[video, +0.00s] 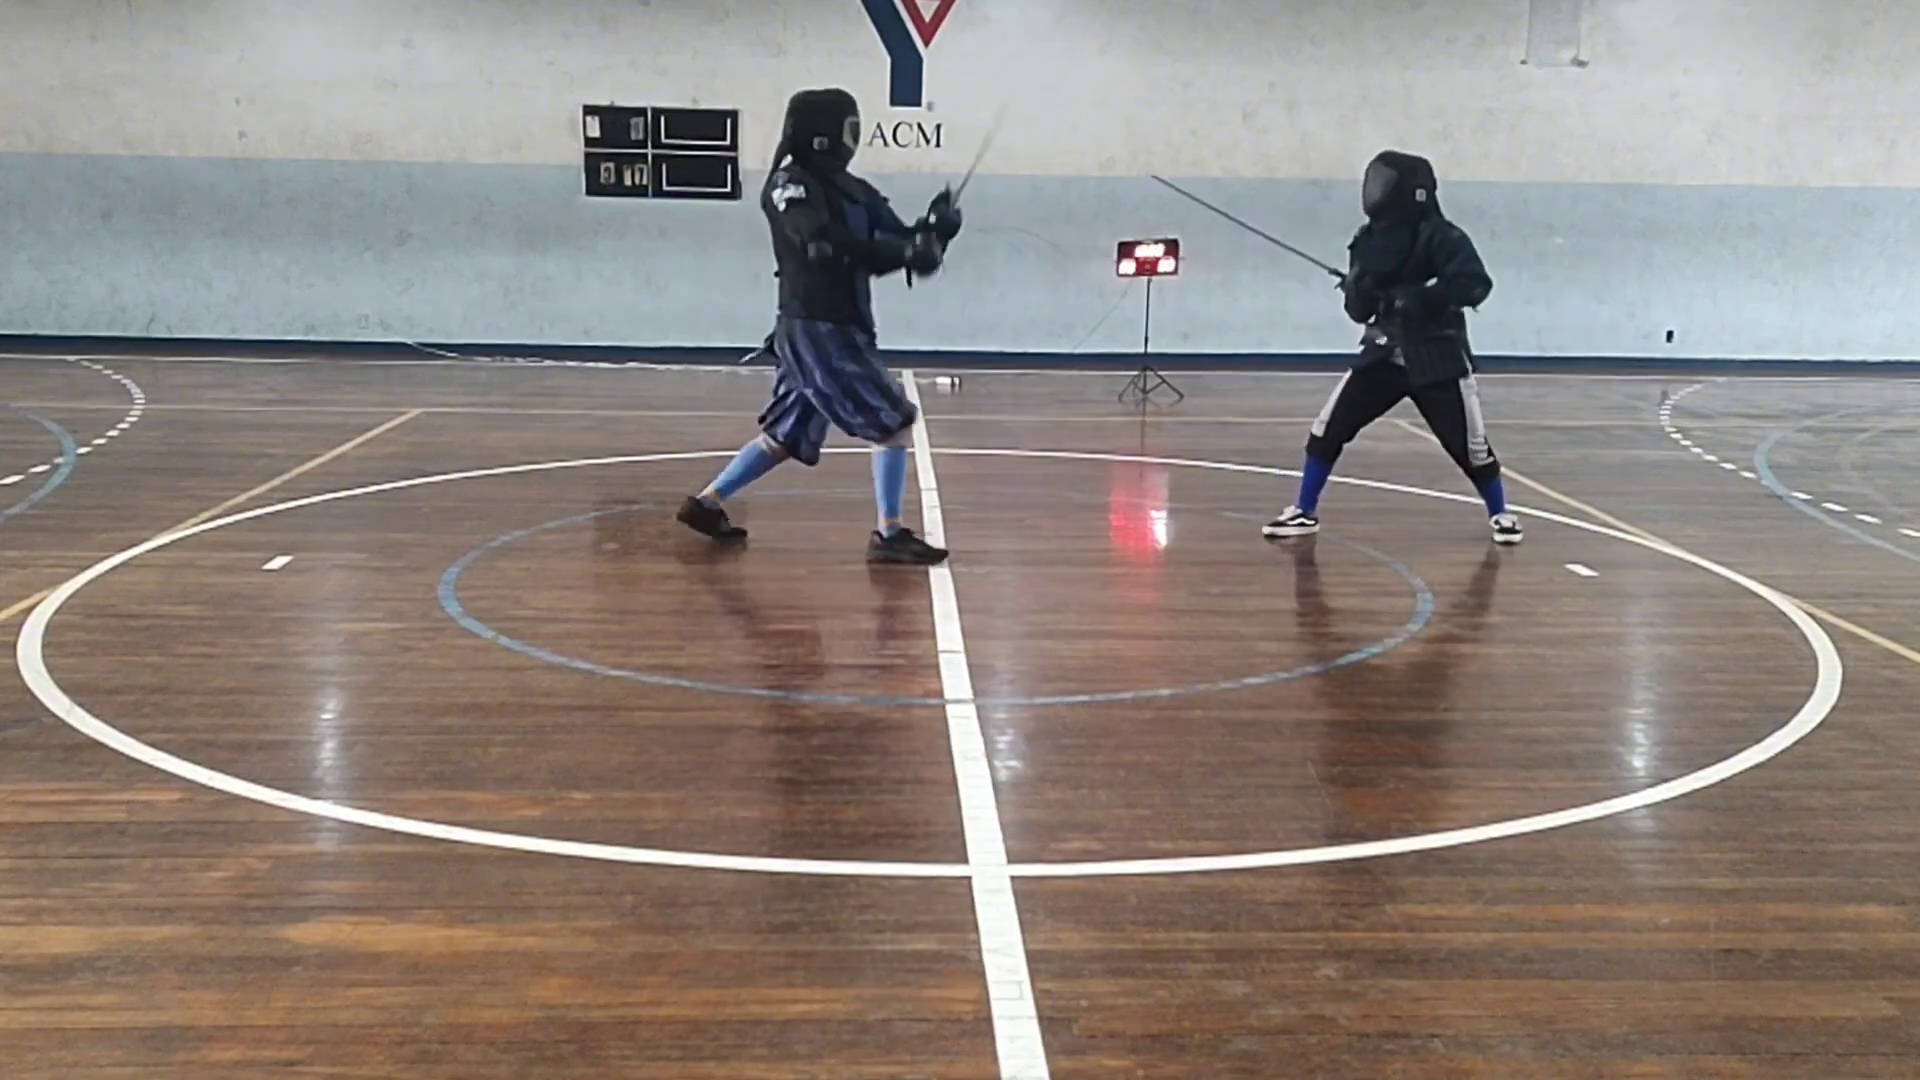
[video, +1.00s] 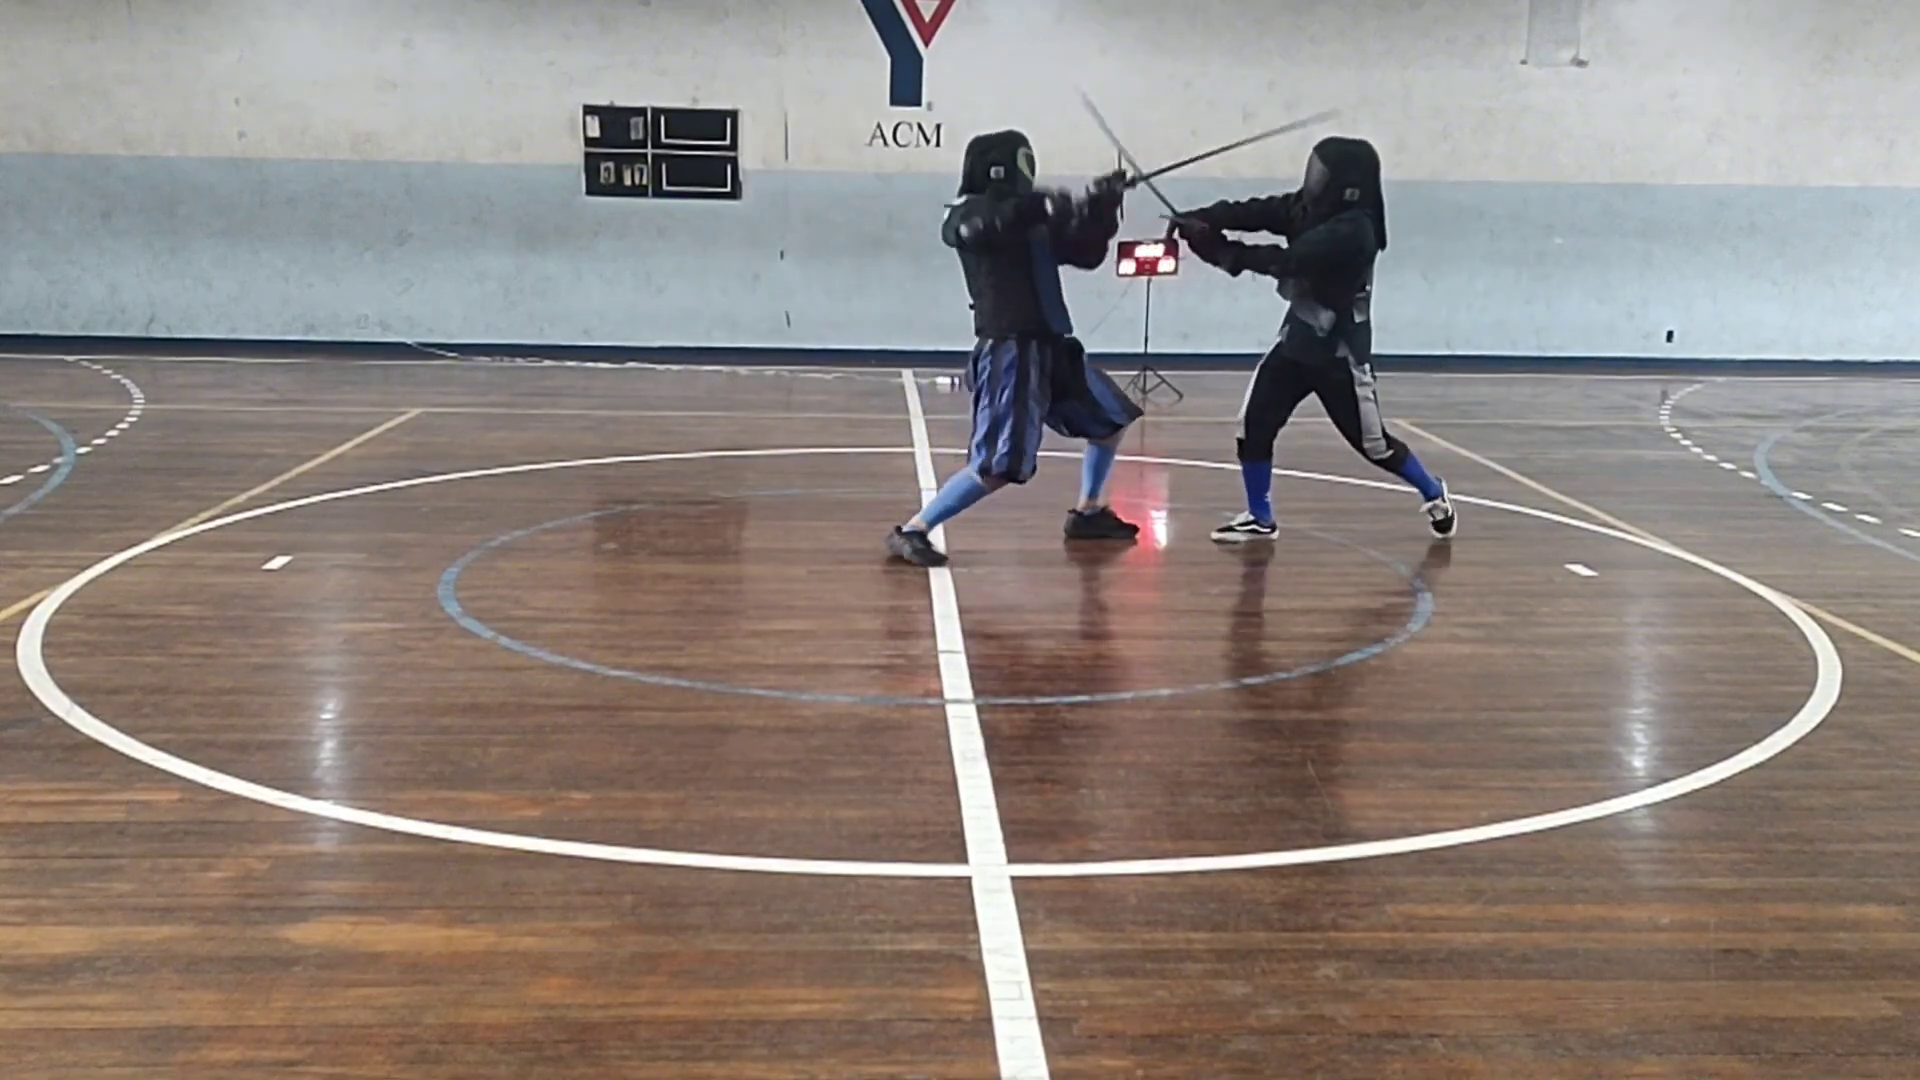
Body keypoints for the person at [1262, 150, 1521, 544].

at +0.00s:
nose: (1371, 190)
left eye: (1381, 182)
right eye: (1372, 181)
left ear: (1411, 190)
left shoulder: (1440, 235)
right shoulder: (1367, 241)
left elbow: (1475, 284)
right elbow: (1358, 311)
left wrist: (1419, 298)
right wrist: (1360, 290)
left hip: (1439, 358)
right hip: (1384, 358)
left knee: (1469, 446)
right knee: (1327, 431)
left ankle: (1500, 514)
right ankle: (1303, 511)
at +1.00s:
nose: (1308, 179)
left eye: (1318, 173)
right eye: (1310, 170)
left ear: (1344, 183)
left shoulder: (1353, 230)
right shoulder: (1305, 208)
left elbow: (1287, 261)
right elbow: (1255, 213)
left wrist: (1216, 247)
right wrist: (1201, 219)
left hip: (1341, 353)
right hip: (1297, 342)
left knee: (1373, 445)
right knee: (1254, 430)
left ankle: (1434, 492)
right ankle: (1260, 518)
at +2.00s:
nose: (1307, 157)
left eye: (1314, 150)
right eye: (1306, 151)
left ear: (1343, 153)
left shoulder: (1368, 190)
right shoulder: (1304, 207)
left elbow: (1317, 159)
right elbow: (1245, 198)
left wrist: (1258, 125)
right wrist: (1212, 142)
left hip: (1351, 337)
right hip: (1297, 339)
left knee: (1389, 435)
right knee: (1280, 440)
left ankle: (1406, 523)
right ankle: (1282, 527)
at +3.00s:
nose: (1302, 180)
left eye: (1315, 171)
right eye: (1296, 175)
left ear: (1328, 177)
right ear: (1285, 180)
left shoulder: (1347, 216)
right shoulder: (1276, 219)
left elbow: (1328, 163)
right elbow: (1226, 215)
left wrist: (1289, 131)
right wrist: (1247, 155)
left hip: (1336, 348)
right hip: (1278, 350)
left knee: (1380, 442)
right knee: (1238, 443)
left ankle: (1403, 530)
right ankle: (1205, 526)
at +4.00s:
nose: (1324, 157)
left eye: (1332, 148)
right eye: (1322, 148)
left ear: (1360, 151)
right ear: (1324, 151)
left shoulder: (1386, 197)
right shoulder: (1321, 201)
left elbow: (1375, 258)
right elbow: (1293, 270)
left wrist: (1338, 231)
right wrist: (1281, 235)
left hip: (1356, 318)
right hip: (1311, 316)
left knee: (1339, 418)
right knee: (1280, 413)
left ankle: (1321, 511)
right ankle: (1310, 489)